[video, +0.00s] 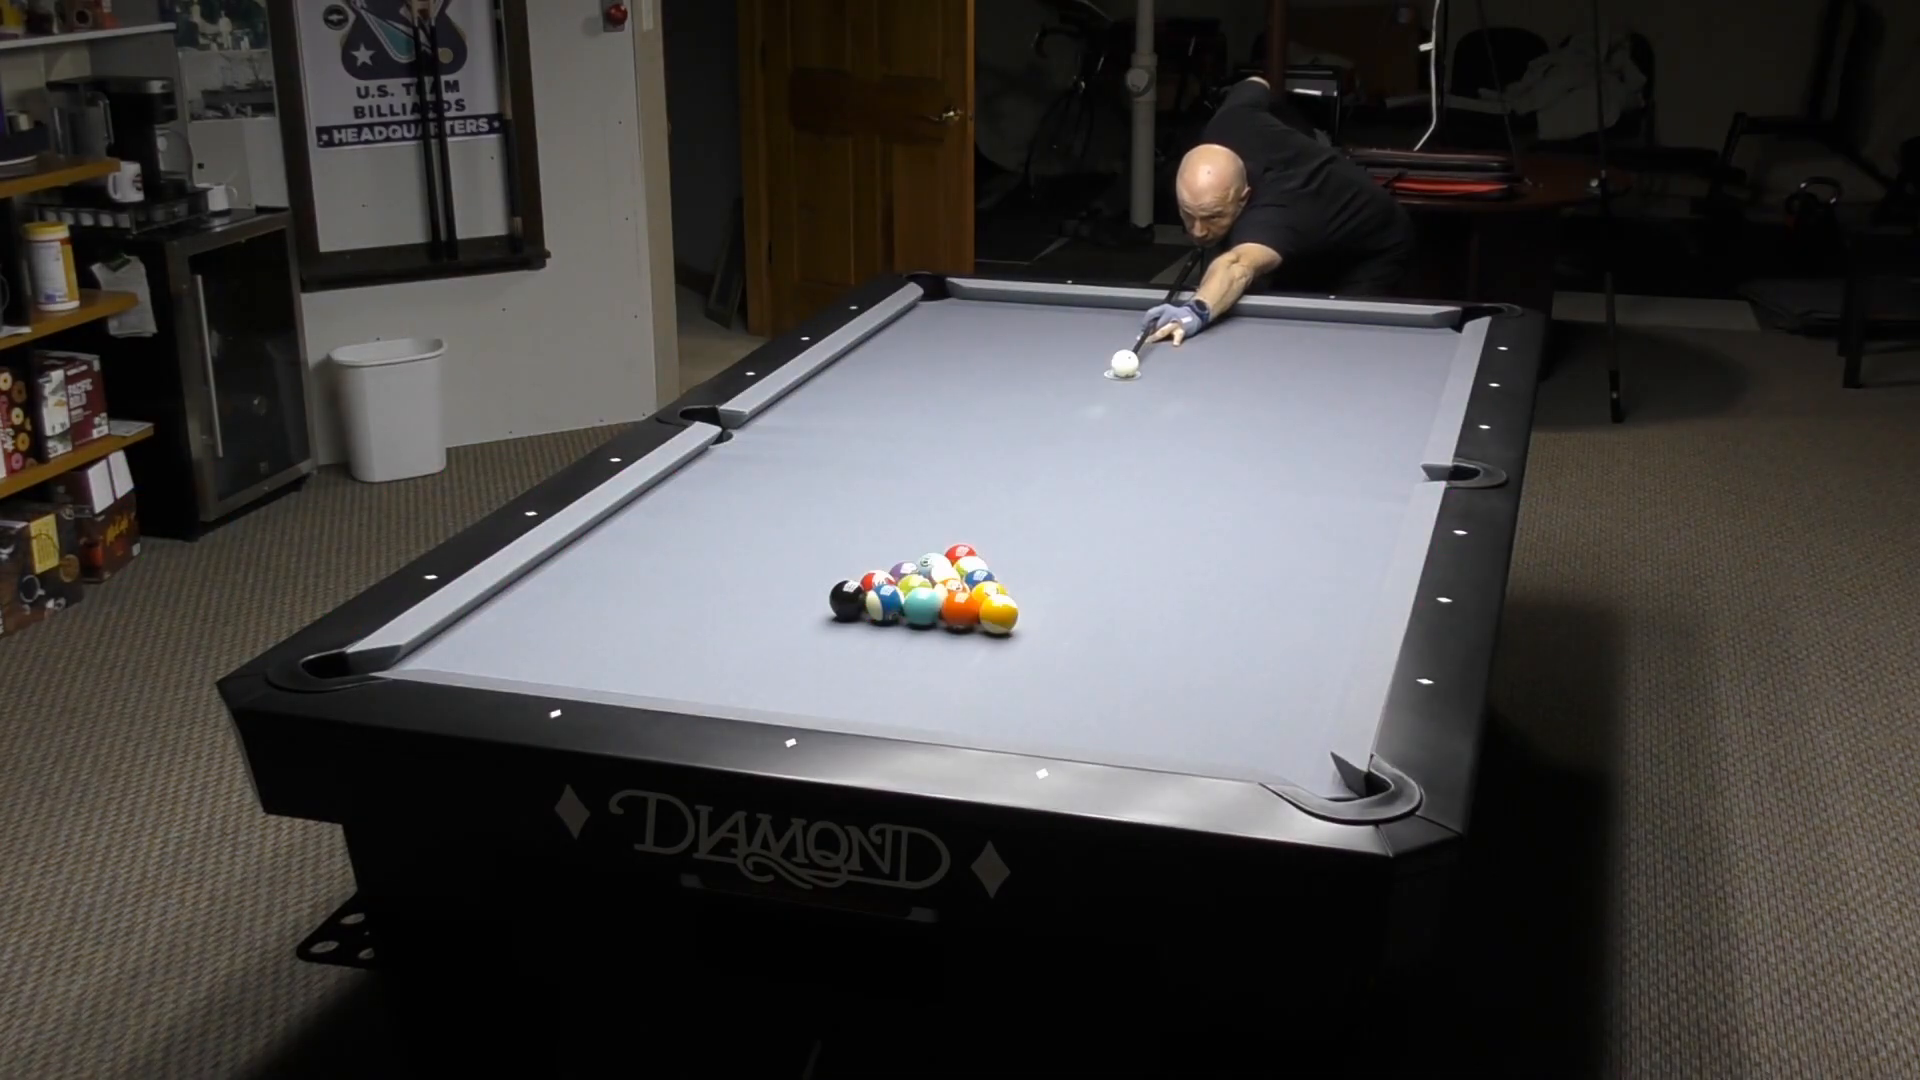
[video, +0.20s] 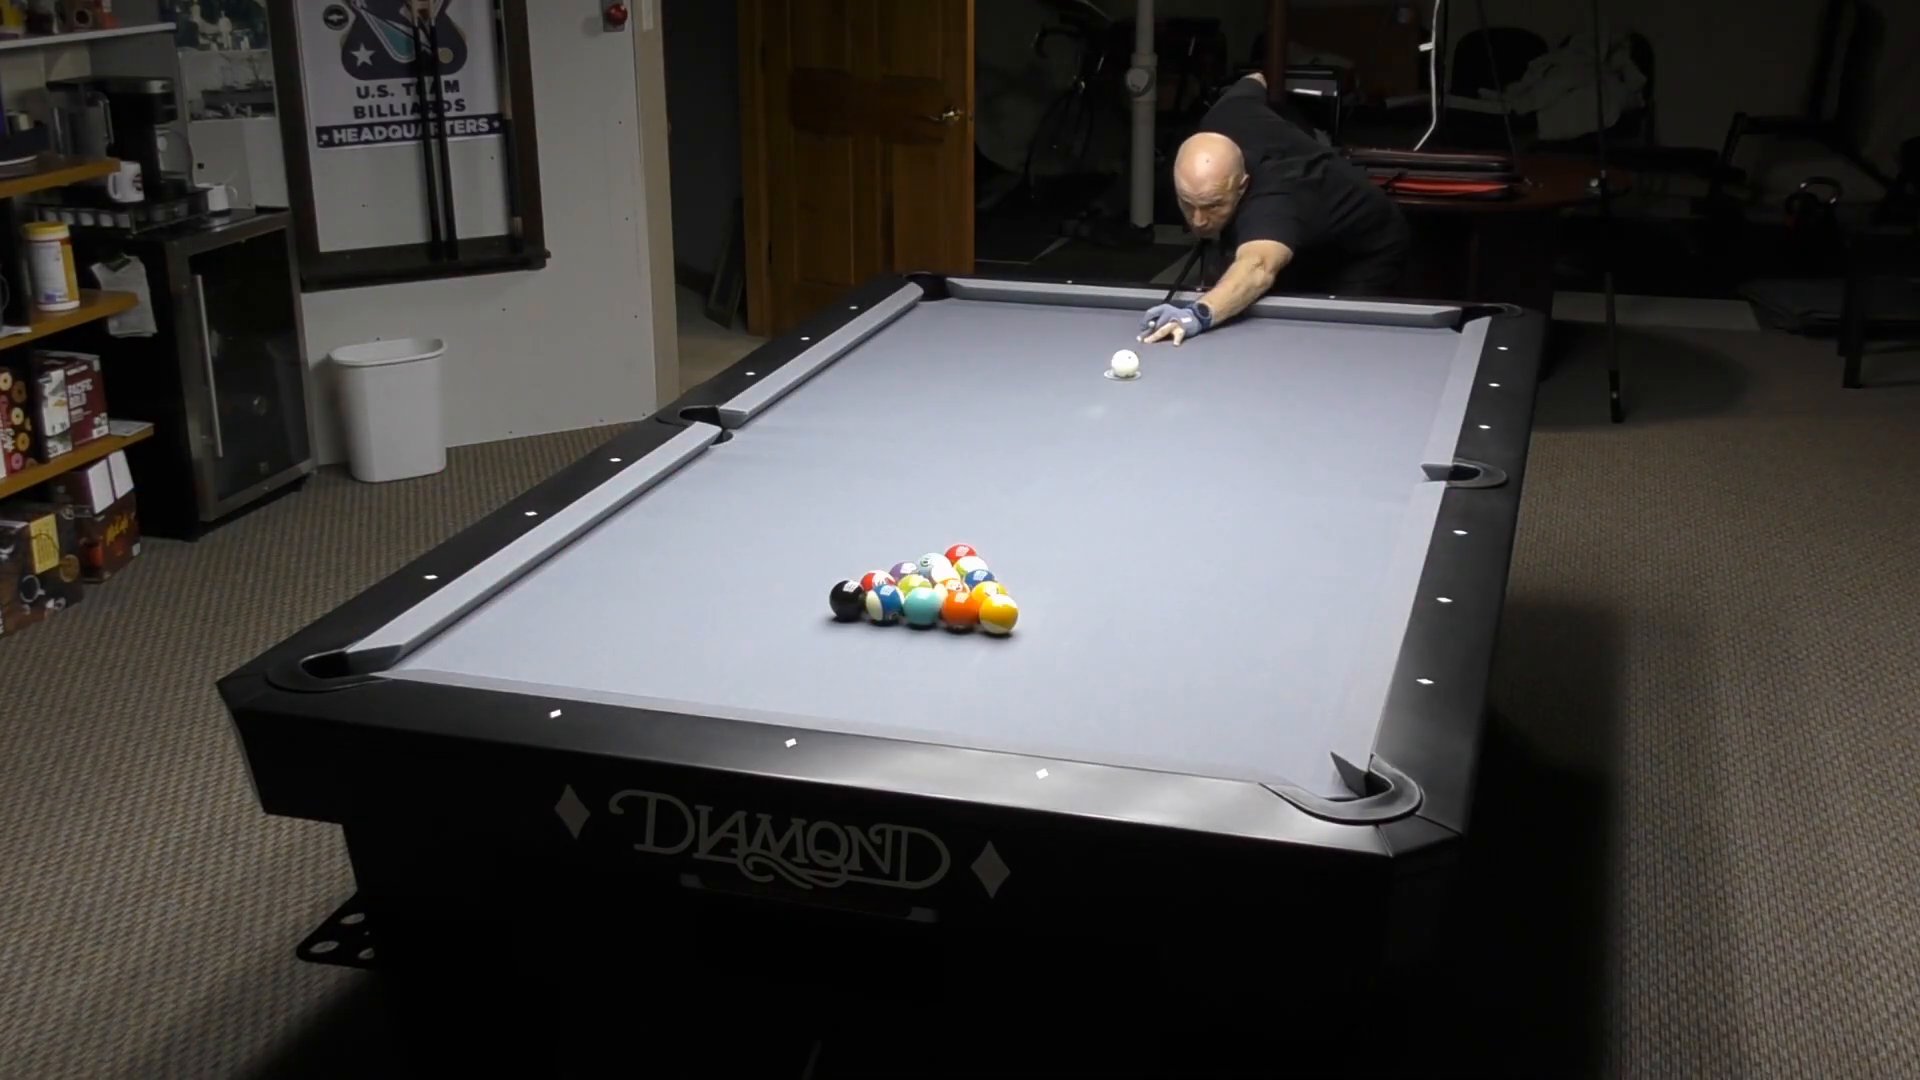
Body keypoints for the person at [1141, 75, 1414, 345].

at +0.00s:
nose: (1198, 232)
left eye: (1212, 219)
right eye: (1188, 217)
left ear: (1243, 195)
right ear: (1178, 188)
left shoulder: (1273, 217)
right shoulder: (1231, 122)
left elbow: (1238, 266)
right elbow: (1257, 81)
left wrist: (1194, 311)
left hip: (1379, 243)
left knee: (1339, 339)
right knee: (1280, 330)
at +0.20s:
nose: (1198, 221)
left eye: (1212, 207)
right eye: (1187, 205)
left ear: (1241, 184)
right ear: (1177, 181)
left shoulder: (1274, 196)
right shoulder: (1228, 113)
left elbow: (1258, 267)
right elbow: (1256, 78)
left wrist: (1198, 314)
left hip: (1373, 244)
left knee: (1338, 343)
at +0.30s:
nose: (1222, 174)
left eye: (1237, 161)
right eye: (1210, 159)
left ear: (1266, 138)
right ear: (1204, 127)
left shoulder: (1298, 170)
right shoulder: (1240, 78)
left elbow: (1277, 276)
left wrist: (1211, 316)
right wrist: (1221, 183)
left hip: (1363, 238)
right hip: (1295, 228)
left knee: (1342, 341)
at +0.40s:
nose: (1254, 94)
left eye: (1272, 80)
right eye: (1246, 74)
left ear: (1303, 72)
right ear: (1236, 60)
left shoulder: (1322, 129)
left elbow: (1291, 249)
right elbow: (1238, 106)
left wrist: (1214, 293)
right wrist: (1234, 162)